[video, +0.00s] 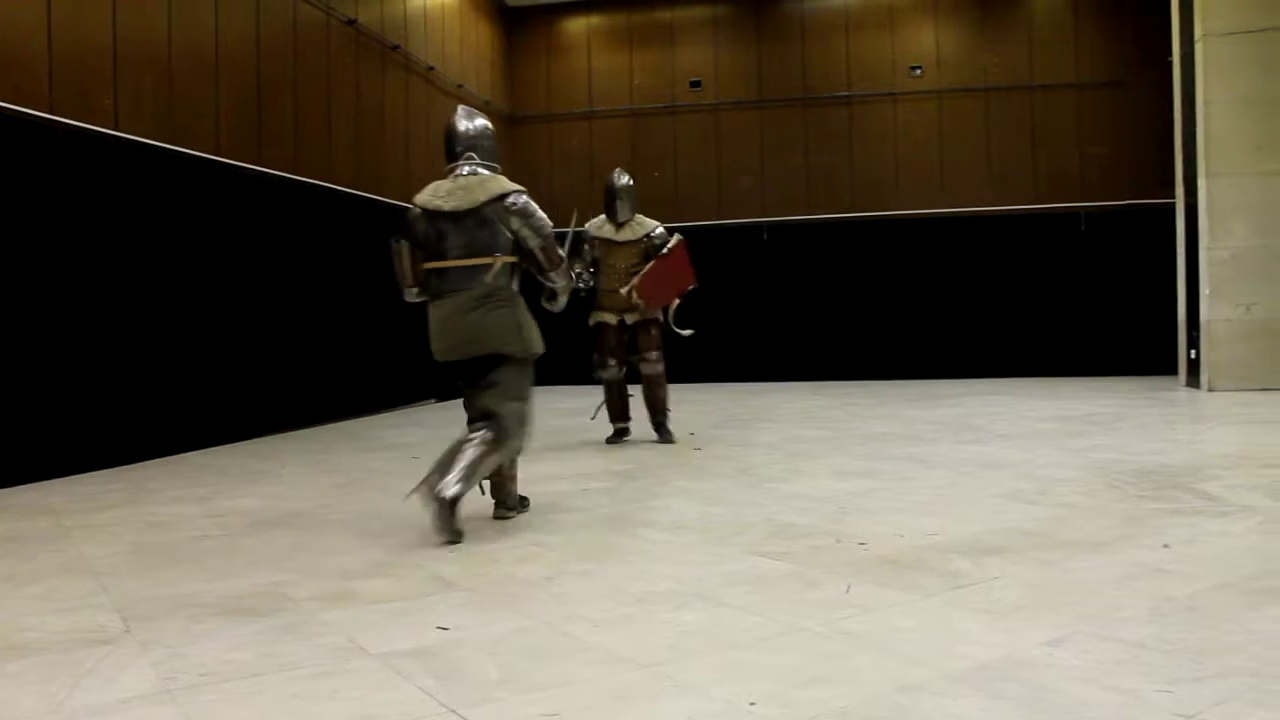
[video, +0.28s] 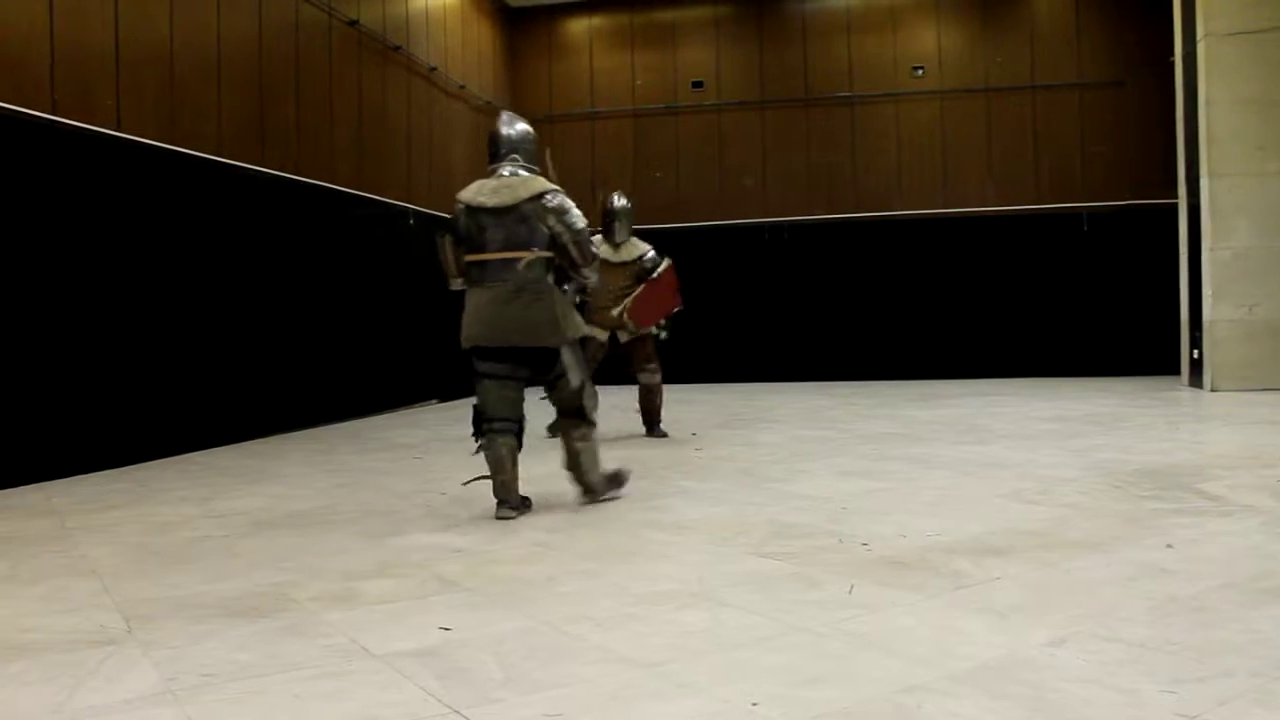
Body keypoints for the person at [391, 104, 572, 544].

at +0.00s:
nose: (493, 153)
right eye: (492, 146)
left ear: (450, 150)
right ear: (492, 146)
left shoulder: (425, 203)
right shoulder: (503, 193)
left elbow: (413, 281)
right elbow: (545, 244)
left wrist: (441, 289)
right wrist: (558, 284)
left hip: (447, 322)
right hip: (498, 318)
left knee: (485, 409)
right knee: (509, 419)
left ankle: (506, 496)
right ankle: (446, 489)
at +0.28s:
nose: (535, 156)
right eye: (534, 150)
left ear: (493, 152)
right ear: (531, 151)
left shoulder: (468, 202)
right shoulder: (546, 196)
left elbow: (457, 265)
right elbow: (582, 244)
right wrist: (585, 272)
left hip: (484, 319)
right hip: (540, 318)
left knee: (498, 407)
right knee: (573, 396)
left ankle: (507, 497)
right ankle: (591, 479)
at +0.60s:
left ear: (548, 164)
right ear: (585, 162)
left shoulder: (524, 211)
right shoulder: (607, 210)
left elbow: (516, 271)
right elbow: (634, 272)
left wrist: (537, 291)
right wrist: (616, 309)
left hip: (543, 322)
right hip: (595, 322)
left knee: (549, 384)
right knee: (603, 395)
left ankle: (548, 449)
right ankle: (611, 471)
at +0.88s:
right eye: (626, 170)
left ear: (595, 173)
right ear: (631, 171)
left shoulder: (576, 215)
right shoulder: (654, 213)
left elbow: (561, 277)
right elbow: (678, 276)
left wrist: (581, 298)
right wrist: (652, 298)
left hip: (592, 318)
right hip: (640, 315)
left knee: (600, 382)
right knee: (642, 391)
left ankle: (601, 451)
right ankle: (650, 472)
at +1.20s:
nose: (632, 186)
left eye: (621, 180)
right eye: (636, 179)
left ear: (611, 180)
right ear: (644, 179)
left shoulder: (592, 219)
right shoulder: (665, 219)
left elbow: (576, 277)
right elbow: (686, 277)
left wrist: (582, 306)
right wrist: (662, 304)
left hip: (610, 314)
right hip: (655, 312)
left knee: (622, 381)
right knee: (659, 377)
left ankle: (634, 452)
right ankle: (666, 442)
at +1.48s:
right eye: (631, 187)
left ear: (606, 189)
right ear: (636, 188)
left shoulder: (589, 223)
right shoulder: (653, 223)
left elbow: (574, 276)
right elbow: (670, 273)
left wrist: (581, 300)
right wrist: (654, 297)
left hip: (600, 313)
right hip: (640, 313)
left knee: (604, 370)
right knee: (636, 378)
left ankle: (608, 440)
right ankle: (622, 447)